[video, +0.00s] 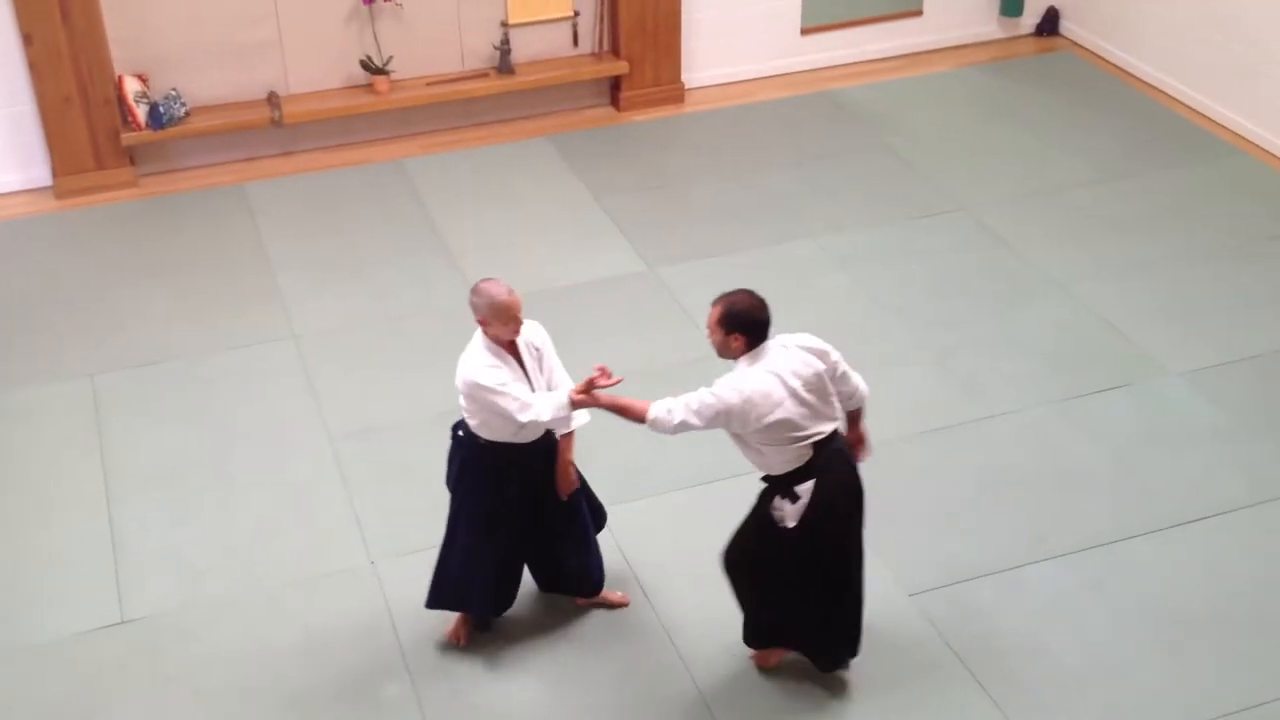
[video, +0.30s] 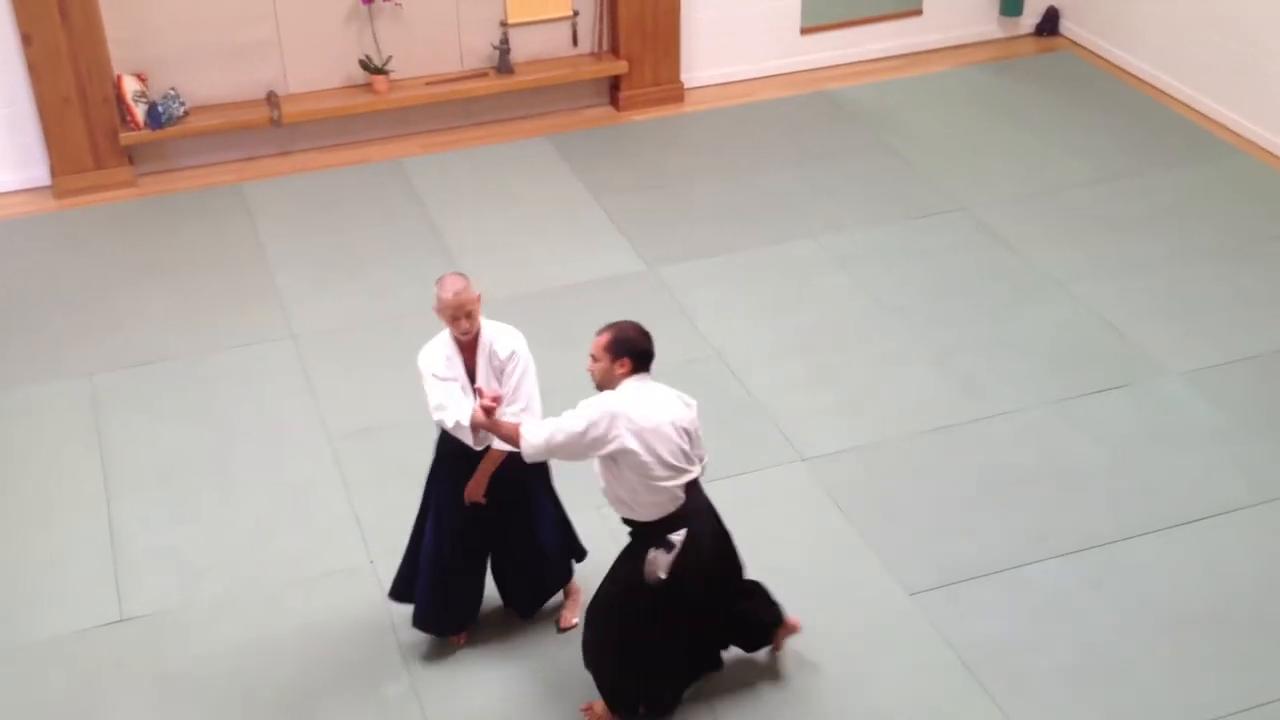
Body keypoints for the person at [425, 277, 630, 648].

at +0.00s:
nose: (519, 324)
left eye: (519, 316)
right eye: (510, 321)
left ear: (519, 307)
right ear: (483, 324)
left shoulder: (533, 333)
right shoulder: (476, 371)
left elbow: (561, 395)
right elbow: (526, 412)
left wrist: (565, 459)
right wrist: (579, 393)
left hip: (541, 446)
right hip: (492, 459)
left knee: (569, 518)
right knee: (484, 537)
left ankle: (585, 588)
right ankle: (469, 610)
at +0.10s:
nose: (493, 325)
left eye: (495, 315)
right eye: (483, 319)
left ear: (499, 307)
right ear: (459, 319)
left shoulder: (520, 336)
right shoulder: (453, 365)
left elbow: (543, 406)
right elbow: (490, 418)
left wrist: (531, 470)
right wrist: (546, 405)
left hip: (526, 446)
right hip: (473, 457)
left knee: (553, 520)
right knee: (467, 538)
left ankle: (581, 593)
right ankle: (460, 614)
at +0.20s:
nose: (477, 325)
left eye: (480, 314)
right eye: (467, 318)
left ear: (486, 308)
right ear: (447, 317)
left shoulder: (512, 340)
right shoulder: (441, 361)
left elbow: (535, 410)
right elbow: (464, 416)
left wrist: (503, 471)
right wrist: (512, 414)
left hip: (520, 448)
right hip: (465, 456)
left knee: (543, 523)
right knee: (457, 537)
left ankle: (570, 592)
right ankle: (456, 613)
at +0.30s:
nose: (463, 326)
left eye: (469, 315)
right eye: (454, 318)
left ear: (480, 303)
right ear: (440, 314)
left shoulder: (508, 343)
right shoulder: (433, 356)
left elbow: (521, 416)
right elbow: (445, 408)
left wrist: (483, 474)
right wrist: (478, 415)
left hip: (513, 447)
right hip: (460, 450)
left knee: (538, 521)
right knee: (450, 532)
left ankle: (571, 590)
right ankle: (457, 615)